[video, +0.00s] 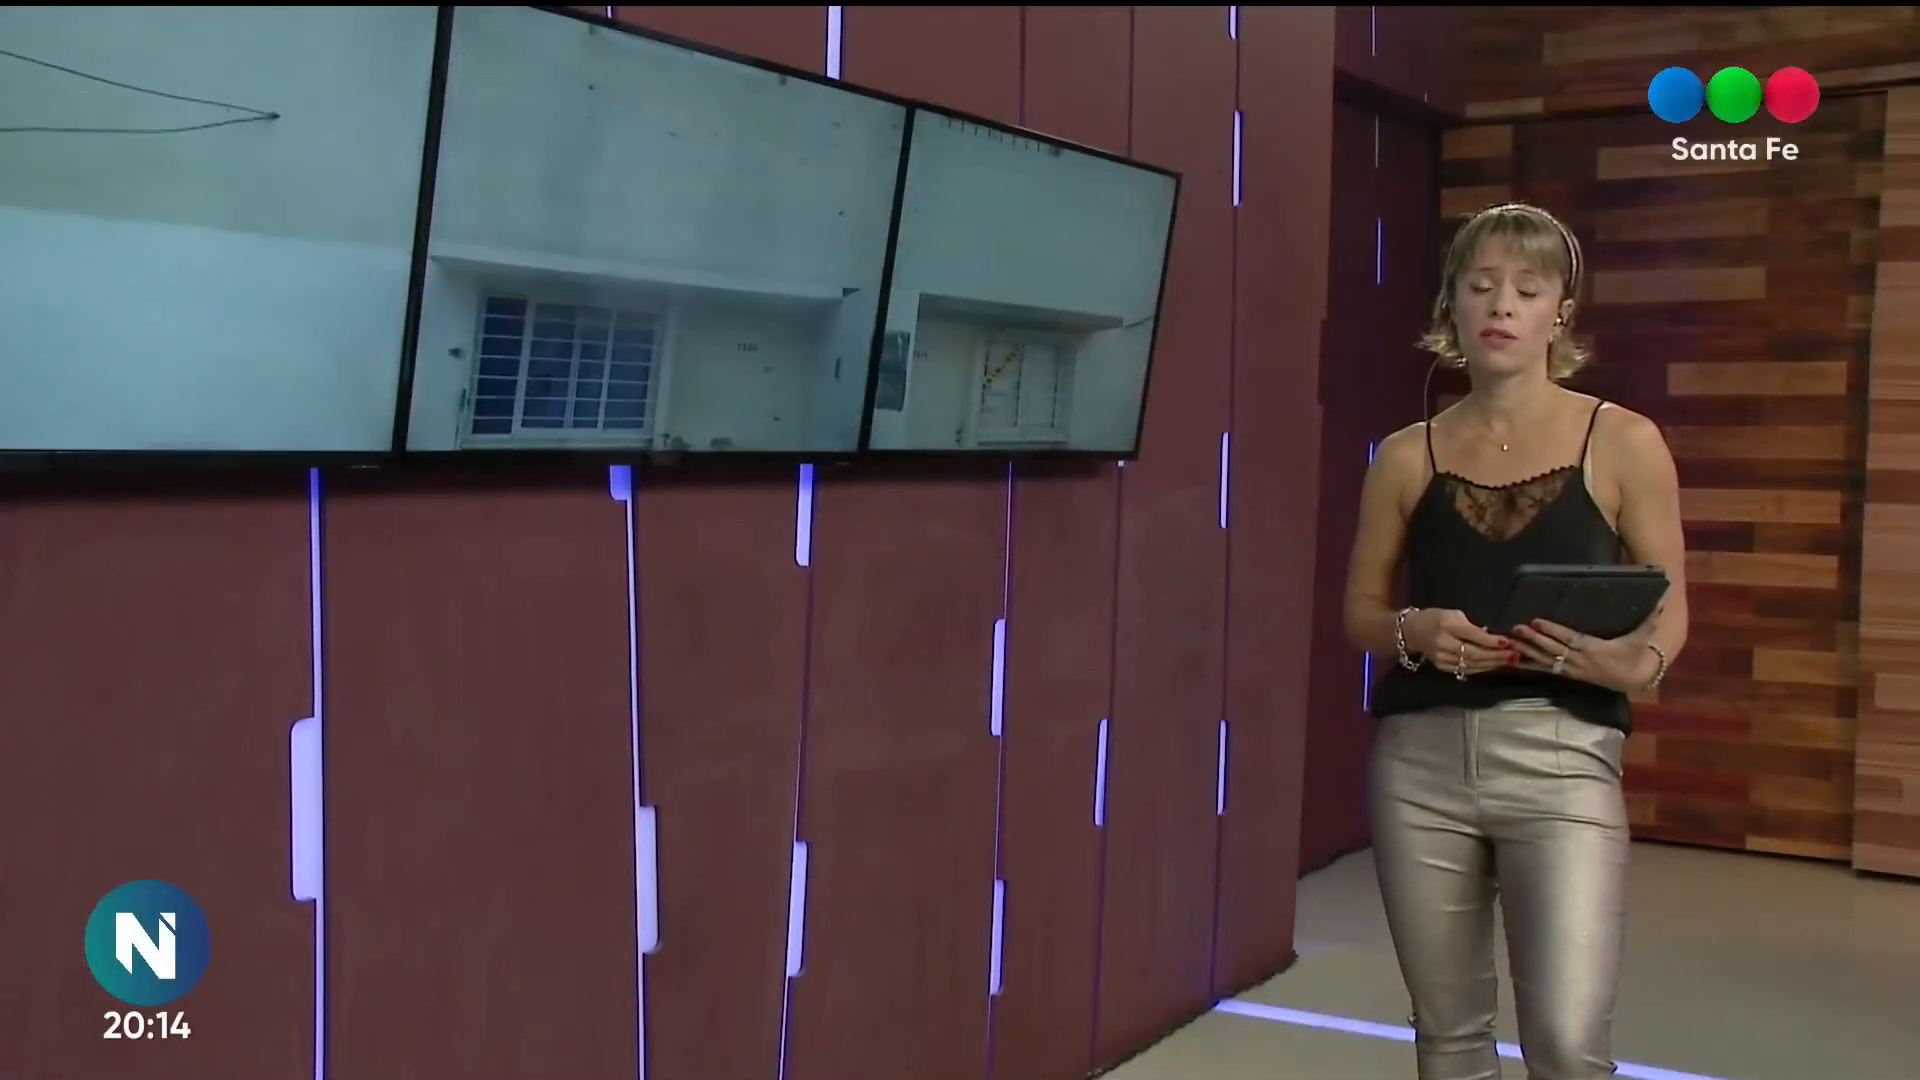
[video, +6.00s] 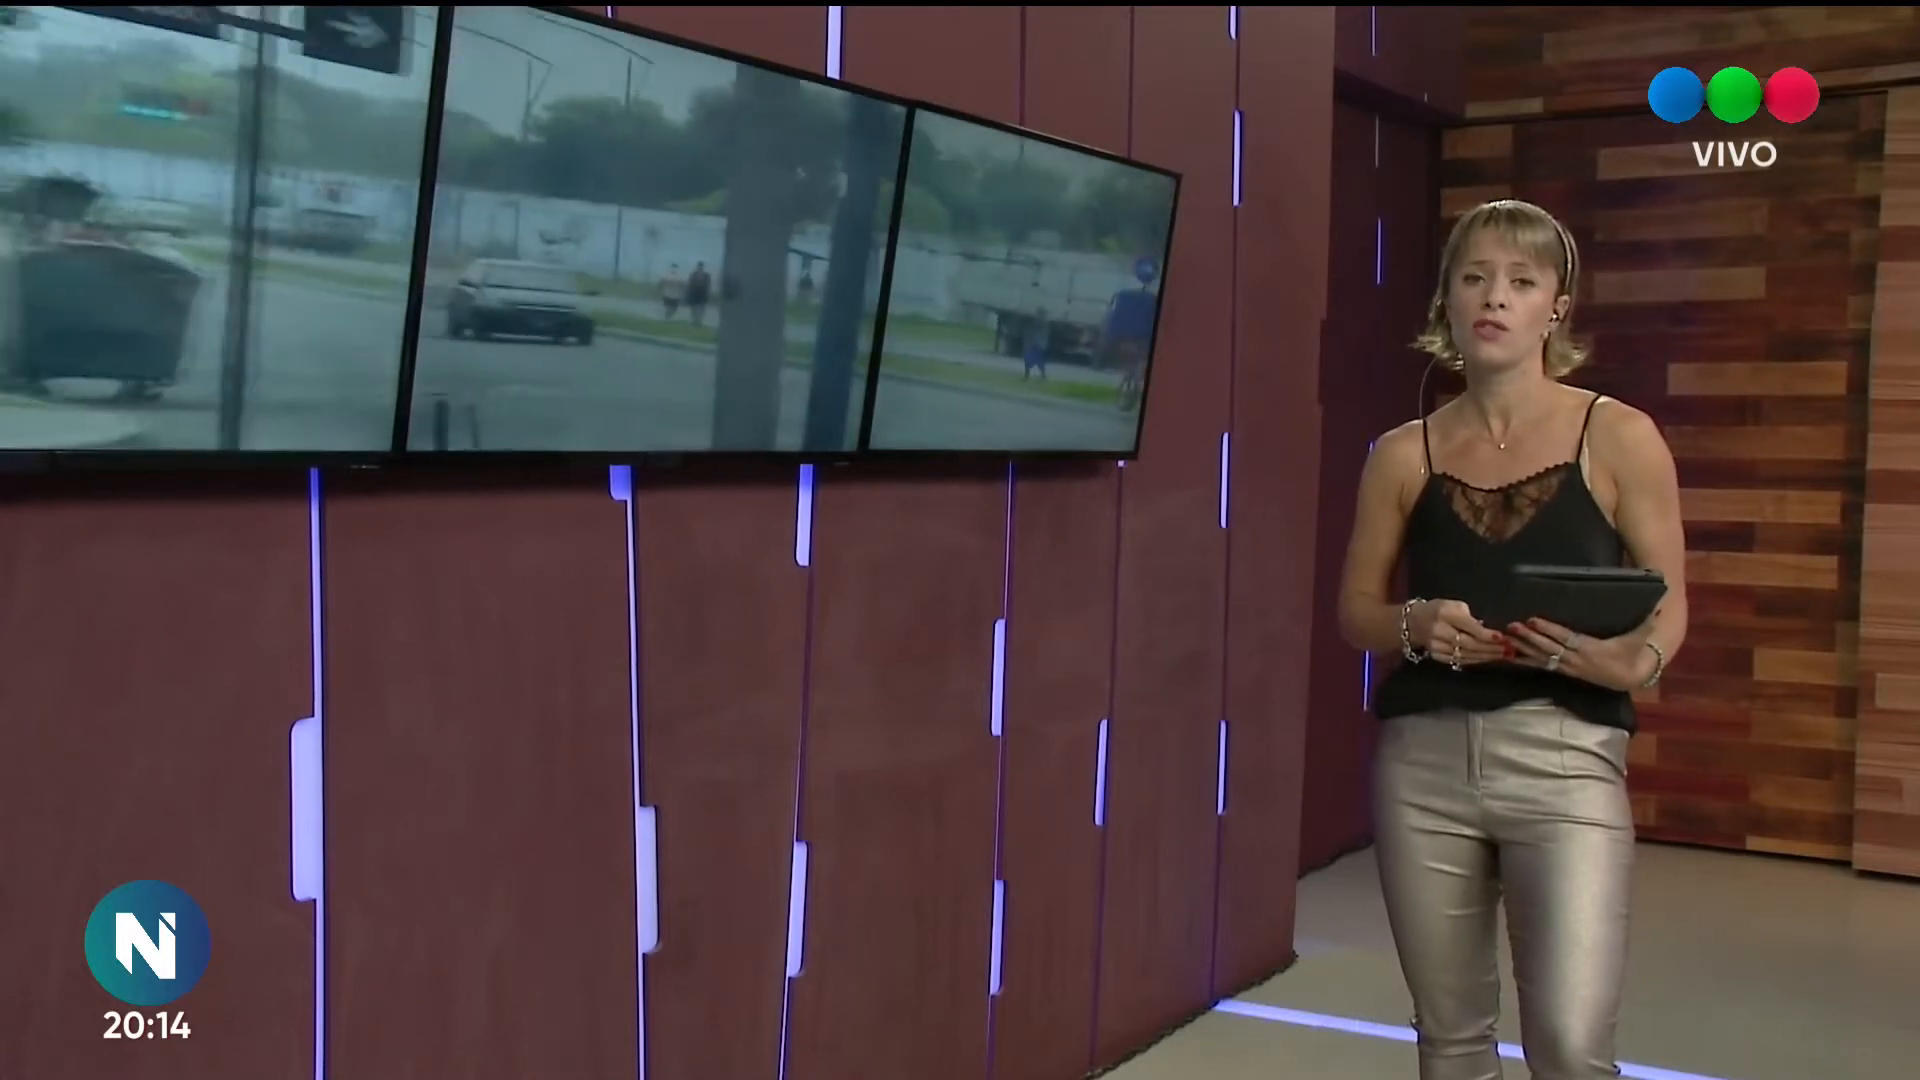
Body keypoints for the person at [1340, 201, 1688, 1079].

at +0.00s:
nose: (1499, 305)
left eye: (1525, 289)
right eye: (1481, 284)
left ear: (1559, 314)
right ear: (1452, 305)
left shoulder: (1624, 444)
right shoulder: (1405, 459)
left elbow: (1667, 604)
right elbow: (1360, 611)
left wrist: (1630, 665)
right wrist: (1411, 632)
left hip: (1560, 766)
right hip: (1418, 767)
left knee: (1566, 1049)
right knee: (1448, 1042)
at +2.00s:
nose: (1500, 304)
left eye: (1527, 288)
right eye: (1481, 284)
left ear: (1563, 313)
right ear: (1454, 305)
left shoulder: (1626, 444)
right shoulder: (1406, 459)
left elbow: (1668, 611)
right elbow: (1359, 609)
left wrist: (1629, 663)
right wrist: (1411, 630)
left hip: (1562, 768)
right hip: (1420, 768)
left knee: (1567, 1049)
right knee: (1449, 1042)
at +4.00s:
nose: (1489, 305)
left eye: (1515, 288)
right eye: (1470, 284)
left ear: (1550, 314)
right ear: (1442, 306)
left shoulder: (1615, 443)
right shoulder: (1396, 458)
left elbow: (1658, 604)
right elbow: (1350, 611)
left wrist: (1626, 662)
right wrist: (1403, 629)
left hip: (1555, 767)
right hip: (1413, 767)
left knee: (1559, 1049)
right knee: (1445, 1040)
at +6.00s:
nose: (1492, 296)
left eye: (1519, 280)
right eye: (1474, 278)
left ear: (1556, 309)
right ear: (1446, 302)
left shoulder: (1620, 438)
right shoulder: (1401, 457)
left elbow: (1667, 599)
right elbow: (1356, 611)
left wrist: (1625, 662)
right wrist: (1411, 624)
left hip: (1566, 768)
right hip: (1423, 768)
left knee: (1570, 1051)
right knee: (1450, 1043)